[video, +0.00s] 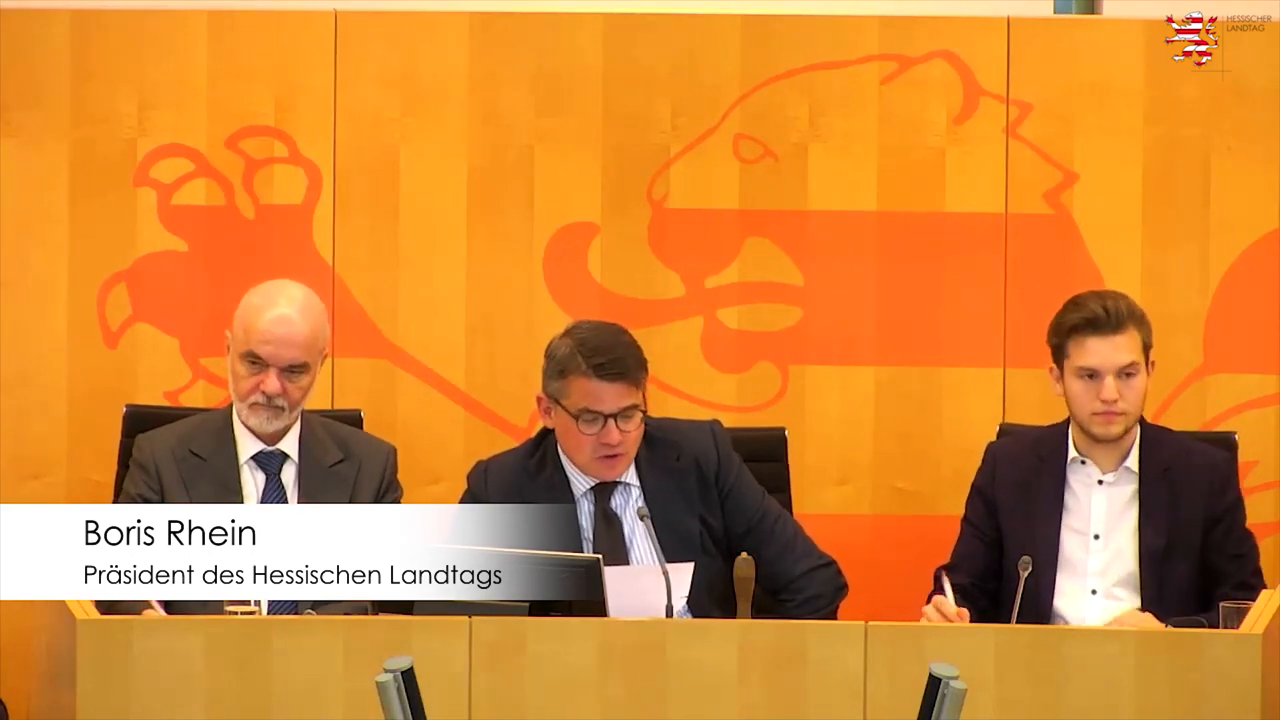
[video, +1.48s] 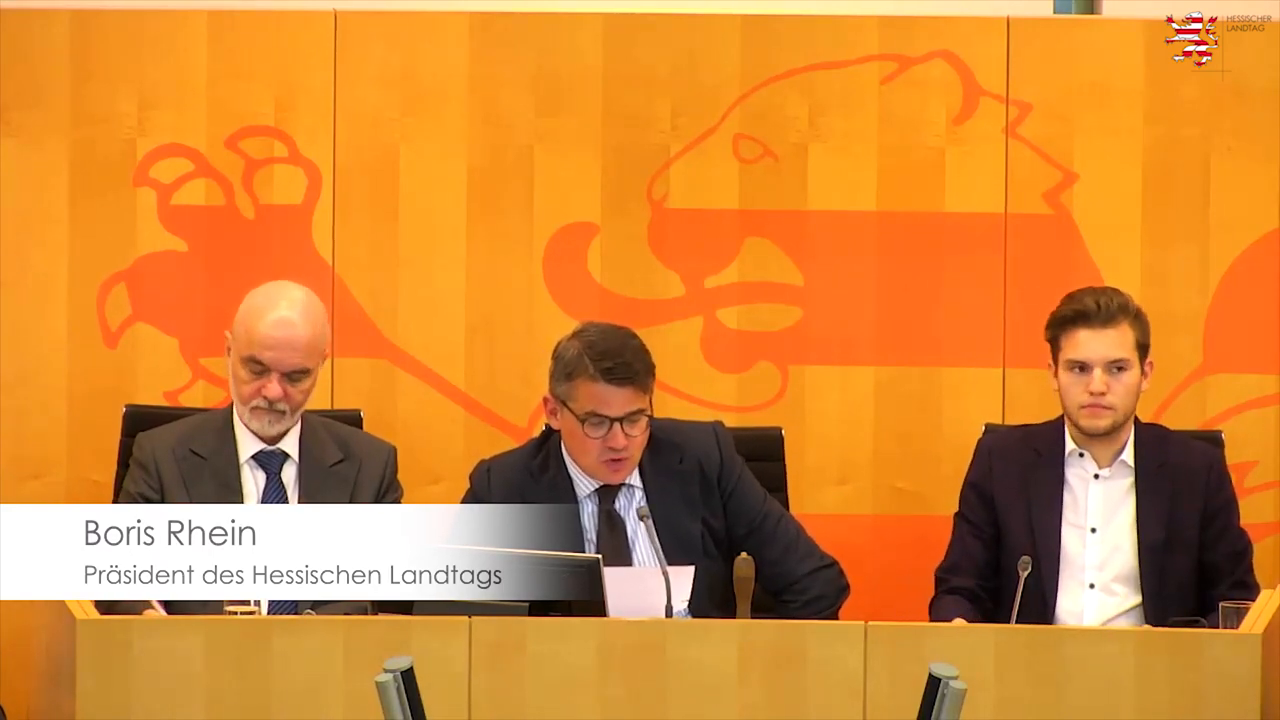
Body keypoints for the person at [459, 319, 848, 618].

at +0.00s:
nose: (613, 437)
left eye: (627, 415)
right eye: (590, 419)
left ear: (645, 396)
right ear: (548, 411)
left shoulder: (703, 456)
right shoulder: (498, 489)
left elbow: (812, 583)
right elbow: (461, 624)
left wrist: (761, 677)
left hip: (703, 677)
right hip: (563, 686)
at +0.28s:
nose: (615, 438)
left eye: (630, 417)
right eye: (592, 420)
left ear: (647, 397)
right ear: (550, 409)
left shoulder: (704, 456)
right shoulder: (498, 488)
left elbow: (813, 583)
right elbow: (463, 624)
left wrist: (760, 677)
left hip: (702, 678)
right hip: (562, 686)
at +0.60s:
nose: (614, 436)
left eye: (630, 414)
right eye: (591, 418)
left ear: (647, 395)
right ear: (549, 407)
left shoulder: (703, 455)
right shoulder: (497, 487)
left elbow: (811, 582)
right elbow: (458, 621)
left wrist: (757, 676)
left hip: (701, 677)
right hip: (562, 685)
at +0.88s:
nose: (617, 440)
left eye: (633, 418)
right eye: (594, 422)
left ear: (650, 398)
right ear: (552, 410)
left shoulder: (705, 457)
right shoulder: (500, 488)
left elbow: (814, 583)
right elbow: (462, 623)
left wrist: (757, 675)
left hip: (702, 678)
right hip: (562, 686)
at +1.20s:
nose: (617, 440)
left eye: (633, 418)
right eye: (594, 422)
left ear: (649, 399)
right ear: (552, 411)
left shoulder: (704, 457)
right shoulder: (499, 488)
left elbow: (814, 583)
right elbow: (459, 622)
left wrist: (757, 676)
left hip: (701, 678)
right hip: (562, 686)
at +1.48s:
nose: (619, 441)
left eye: (634, 419)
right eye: (596, 423)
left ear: (651, 400)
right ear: (554, 412)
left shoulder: (706, 458)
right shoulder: (501, 488)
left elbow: (814, 584)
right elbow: (460, 622)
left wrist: (755, 676)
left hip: (700, 679)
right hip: (562, 687)